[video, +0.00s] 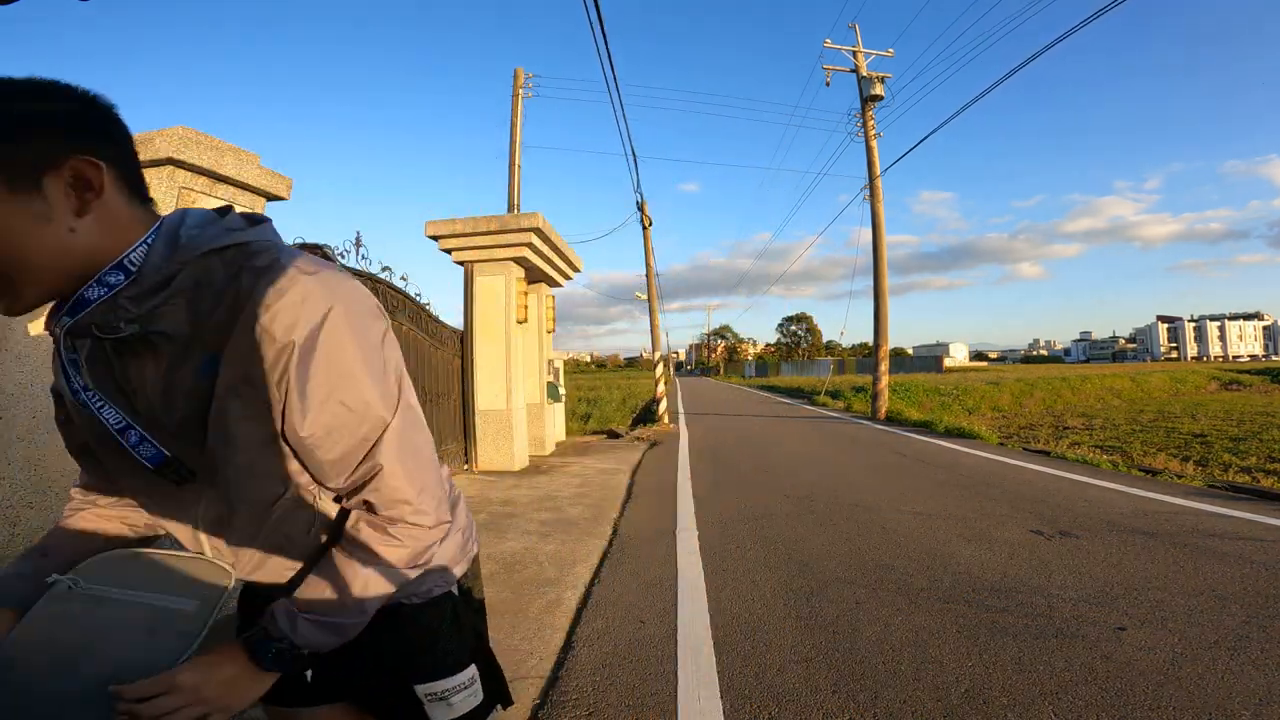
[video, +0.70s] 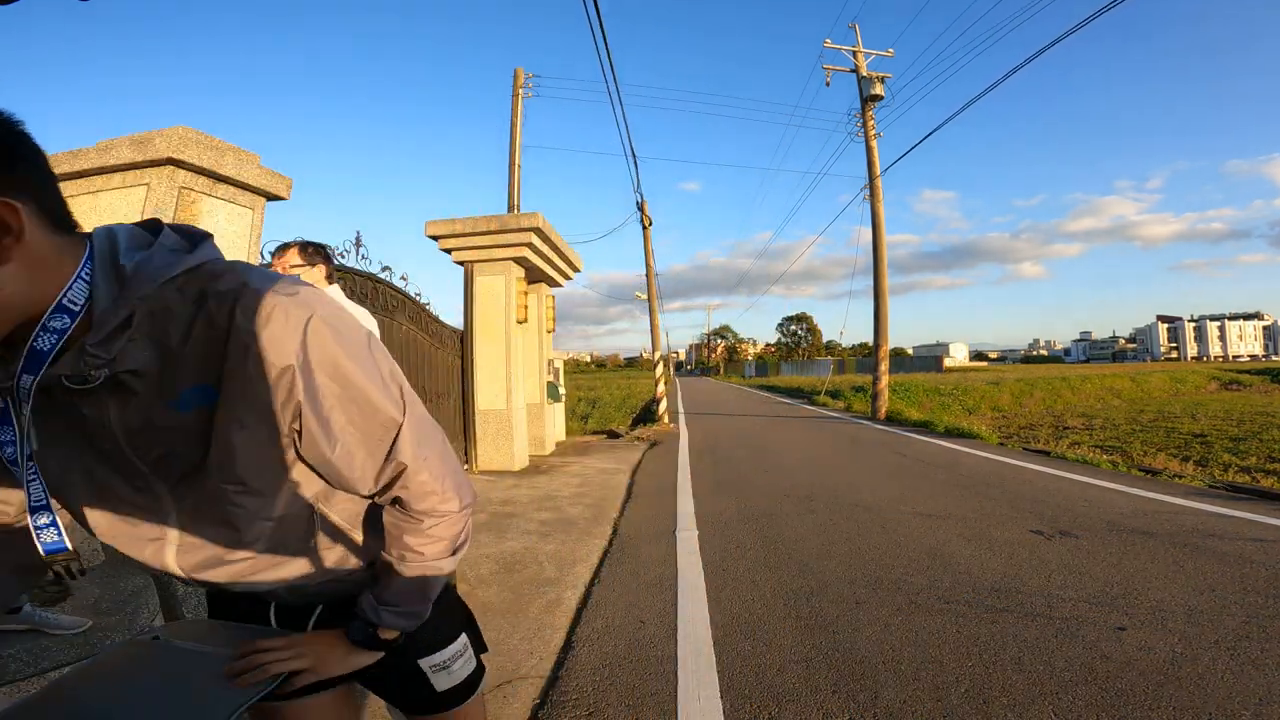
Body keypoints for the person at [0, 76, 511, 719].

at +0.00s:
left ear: (81, 189)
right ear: (80, 193)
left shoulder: (293, 301)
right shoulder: (87, 340)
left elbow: (410, 520)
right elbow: (119, 498)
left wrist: (260, 654)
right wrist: (15, 595)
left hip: (407, 595)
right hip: (278, 592)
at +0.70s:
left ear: (9, 224)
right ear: (14, 224)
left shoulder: (271, 322)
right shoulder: (28, 378)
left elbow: (437, 499)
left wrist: (367, 633)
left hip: (385, 596)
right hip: (247, 605)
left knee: (454, 705)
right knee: (301, 709)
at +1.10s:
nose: (290, 271)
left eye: (298, 262)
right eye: (291, 262)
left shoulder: (208, 312)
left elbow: (397, 459)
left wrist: (353, 604)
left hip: (358, 573)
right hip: (216, 601)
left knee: (442, 706)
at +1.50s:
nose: (3, 240)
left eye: (17, 204)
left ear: (118, 181)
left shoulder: (275, 281)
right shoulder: (22, 330)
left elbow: (380, 471)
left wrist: (148, 572)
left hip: (355, 565)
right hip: (212, 595)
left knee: (442, 705)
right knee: (284, 709)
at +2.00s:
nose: (16, 280)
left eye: (53, 230)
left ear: (189, 202)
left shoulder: (300, 339)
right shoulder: (76, 340)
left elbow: (166, 617)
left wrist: (13, 703)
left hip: (393, 595)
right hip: (262, 604)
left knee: (462, 709)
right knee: (288, 708)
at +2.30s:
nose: (111, 402)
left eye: (160, 344)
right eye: (63, 349)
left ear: (336, 260)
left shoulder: (504, 387)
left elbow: (529, 620)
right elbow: (190, 516)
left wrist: (334, 716)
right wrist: (49, 594)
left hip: (488, 637)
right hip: (346, 635)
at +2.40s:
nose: (191, 419)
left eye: (237, 360)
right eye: (139, 366)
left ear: (414, 268)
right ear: (104, 320)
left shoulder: (568, 382)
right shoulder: (208, 373)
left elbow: (599, 595)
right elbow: (214, 530)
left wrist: (438, 708)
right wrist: (125, 629)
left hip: (514, 650)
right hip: (361, 643)